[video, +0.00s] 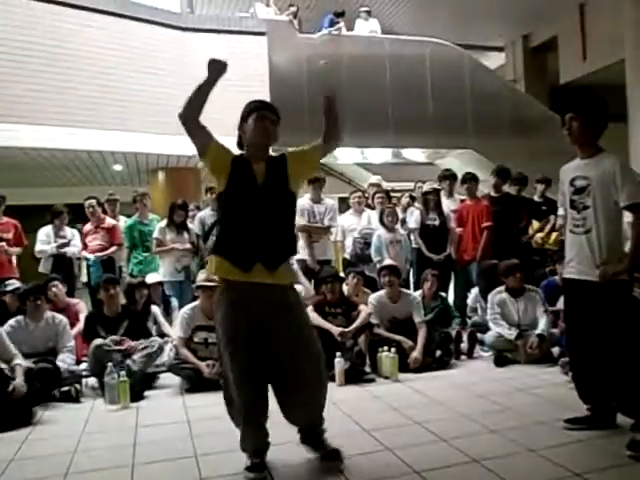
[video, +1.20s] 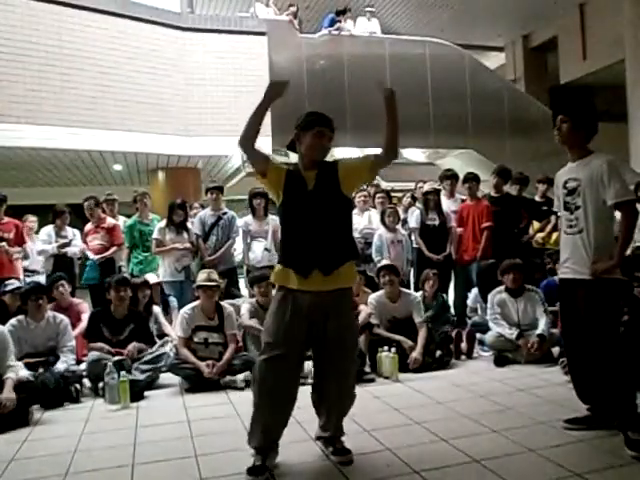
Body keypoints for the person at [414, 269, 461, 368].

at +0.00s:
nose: (429, 285)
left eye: (433, 282)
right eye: (427, 281)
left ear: (437, 285)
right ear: (422, 283)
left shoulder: (442, 300)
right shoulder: (416, 298)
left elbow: (455, 316)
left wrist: (455, 328)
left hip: (441, 331)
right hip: (423, 332)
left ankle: (446, 355)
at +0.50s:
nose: (430, 285)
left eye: (433, 282)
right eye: (427, 282)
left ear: (437, 284)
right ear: (423, 283)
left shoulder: (442, 298)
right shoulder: (416, 298)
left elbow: (448, 316)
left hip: (440, 330)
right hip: (424, 329)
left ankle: (445, 355)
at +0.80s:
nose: (431, 283)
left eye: (434, 280)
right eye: (428, 280)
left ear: (437, 283)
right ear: (423, 282)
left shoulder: (441, 299)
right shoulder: (417, 298)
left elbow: (440, 313)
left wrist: (423, 319)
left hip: (440, 328)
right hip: (424, 328)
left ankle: (445, 354)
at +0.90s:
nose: (431, 283)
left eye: (434, 280)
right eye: (428, 280)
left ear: (438, 283)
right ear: (423, 282)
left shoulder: (442, 299)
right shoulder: (417, 298)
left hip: (442, 329)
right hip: (425, 330)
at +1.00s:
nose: (431, 283)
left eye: (434, 280)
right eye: (428, 280)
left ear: (438, 284)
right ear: (423, 282)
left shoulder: (442, 300)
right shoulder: (417, 299)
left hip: (441, 330)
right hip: (424, 331)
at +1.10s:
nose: (431, 283)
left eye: (434, 280)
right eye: (428, 280)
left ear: (438, 284)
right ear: (423, 282)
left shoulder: (442, 301)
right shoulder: (417, 299)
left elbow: (447, 320)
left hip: (440, 332)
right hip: (423, 332)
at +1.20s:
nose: (431, 283)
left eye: (434, 281)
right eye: (428, 280)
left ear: (438, 284)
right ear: (423, 283)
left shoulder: (441, 299)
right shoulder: (418, 299)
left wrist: (423, 319)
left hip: (442, 326)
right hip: (427, 327)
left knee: (444, 335)